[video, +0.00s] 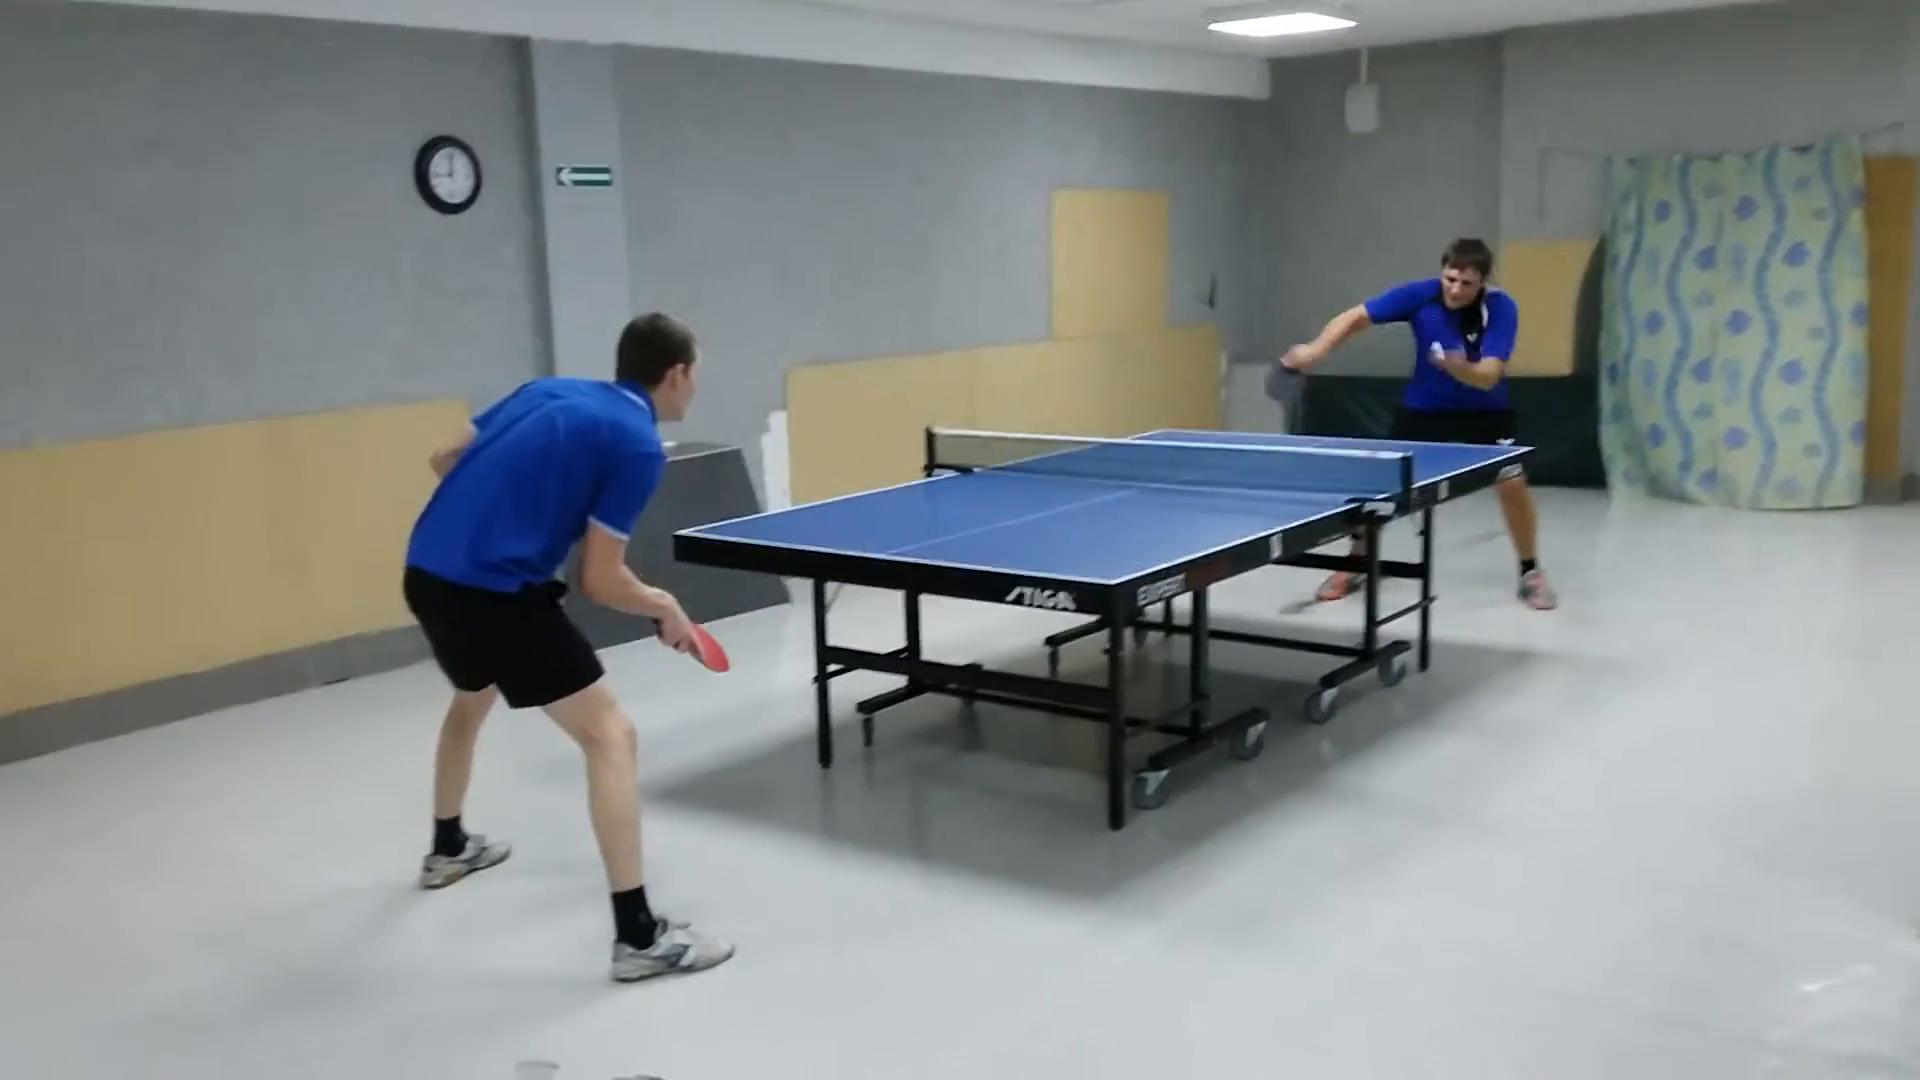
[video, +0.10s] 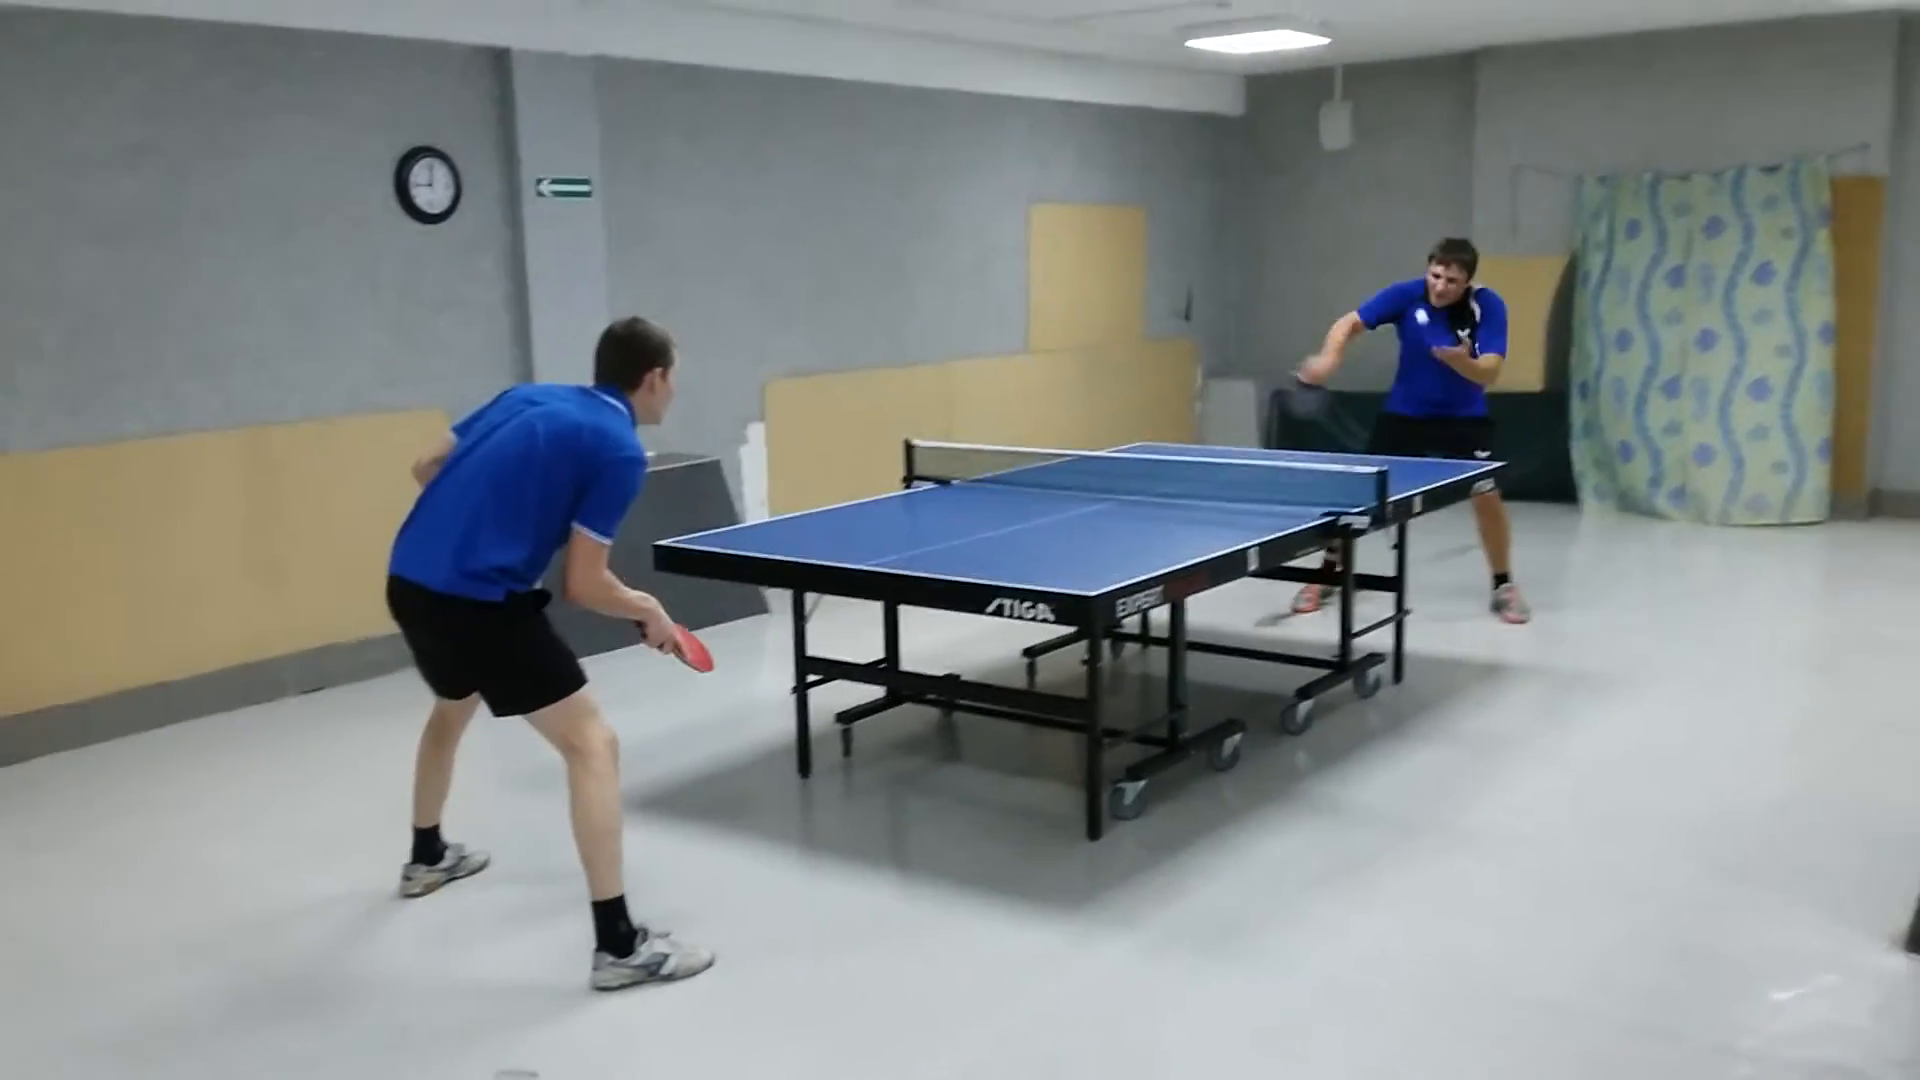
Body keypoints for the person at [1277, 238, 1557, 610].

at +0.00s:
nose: (1456, 290)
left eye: (1466, 283)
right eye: (1450, 280)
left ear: (1482, 282)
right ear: (1441, 273)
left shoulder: (1499, 308)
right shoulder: (1421, 296)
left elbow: (1491, 375)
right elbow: (1357, 317)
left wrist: (1459, 369)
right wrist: (1314, 350)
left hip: (1485, 416)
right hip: (1424, 413)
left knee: (1512, 479)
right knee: (1378, 485)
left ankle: (1530, 572)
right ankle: (1356, 565)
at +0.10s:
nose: (1440, 286)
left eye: (1451, 281)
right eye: (1436, 276)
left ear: (1468, 282)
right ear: (1428, 270)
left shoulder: (1486, 305)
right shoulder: (1407, 295)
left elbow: (1490, 373)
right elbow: (1347, 324)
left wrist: (1461, 363)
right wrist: (1328, 359)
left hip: (1463, 422)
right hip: (1404, 418)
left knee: (1486, 492)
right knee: (1359, 493)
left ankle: (1503, 586)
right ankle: (1327, 576)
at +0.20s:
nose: (1425, 280)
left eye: (1436, 275)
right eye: (1421, 270)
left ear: (1453, 279)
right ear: (1414, 265)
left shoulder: (1471, 303)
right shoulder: (1390, 293)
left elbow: (1501, 353)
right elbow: (1347, 336)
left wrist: (1493, 375)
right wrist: (1376, 372)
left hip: (1443, 416)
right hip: (1387, 411)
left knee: (1463, 494)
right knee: (1342, 486)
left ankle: (1479, 589)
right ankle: (1313, 567)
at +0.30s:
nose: (1409, 301)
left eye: (1419, 297)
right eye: (1406, 291)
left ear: (1433, 302)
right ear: (1396, 288)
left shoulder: (1448, 322)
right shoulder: (1371, 314)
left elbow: (1495, 361)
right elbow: (1360, 373)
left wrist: (1512, 394)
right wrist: (1421, 382)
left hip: (1422, 434)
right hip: (1364, 434)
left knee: (1447, 512)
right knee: (1330, 505)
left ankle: (1460, 605)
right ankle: (1299, 568)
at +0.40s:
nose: (1394, 334)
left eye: (1404, 327)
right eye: (1389, 323)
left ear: (1417, 328)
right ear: (1378, 319)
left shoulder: (1429, 344)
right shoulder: (1355, 343)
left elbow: (1477, 367)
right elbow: (1362, 403)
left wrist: (1507, 406)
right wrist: (1420, 384)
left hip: (1406, 455)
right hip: (1349, 457)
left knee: (1436, 522)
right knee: (1309, 526)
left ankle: (1448, 612)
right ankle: (1294, 601)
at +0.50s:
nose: (1359, 364)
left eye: (1368, 358)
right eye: (1355, 355)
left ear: (1382, 356)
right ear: (1345, 348)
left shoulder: (1403, 361)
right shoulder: (1324, 363)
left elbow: (1445, 379)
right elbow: (1310, 417)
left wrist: (1479, 422)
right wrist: (1370, 402)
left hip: (1388, 467)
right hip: (1328, 467)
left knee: (1413, 524)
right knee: (1289, 520)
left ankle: (1428, 610)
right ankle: (1276, 598)